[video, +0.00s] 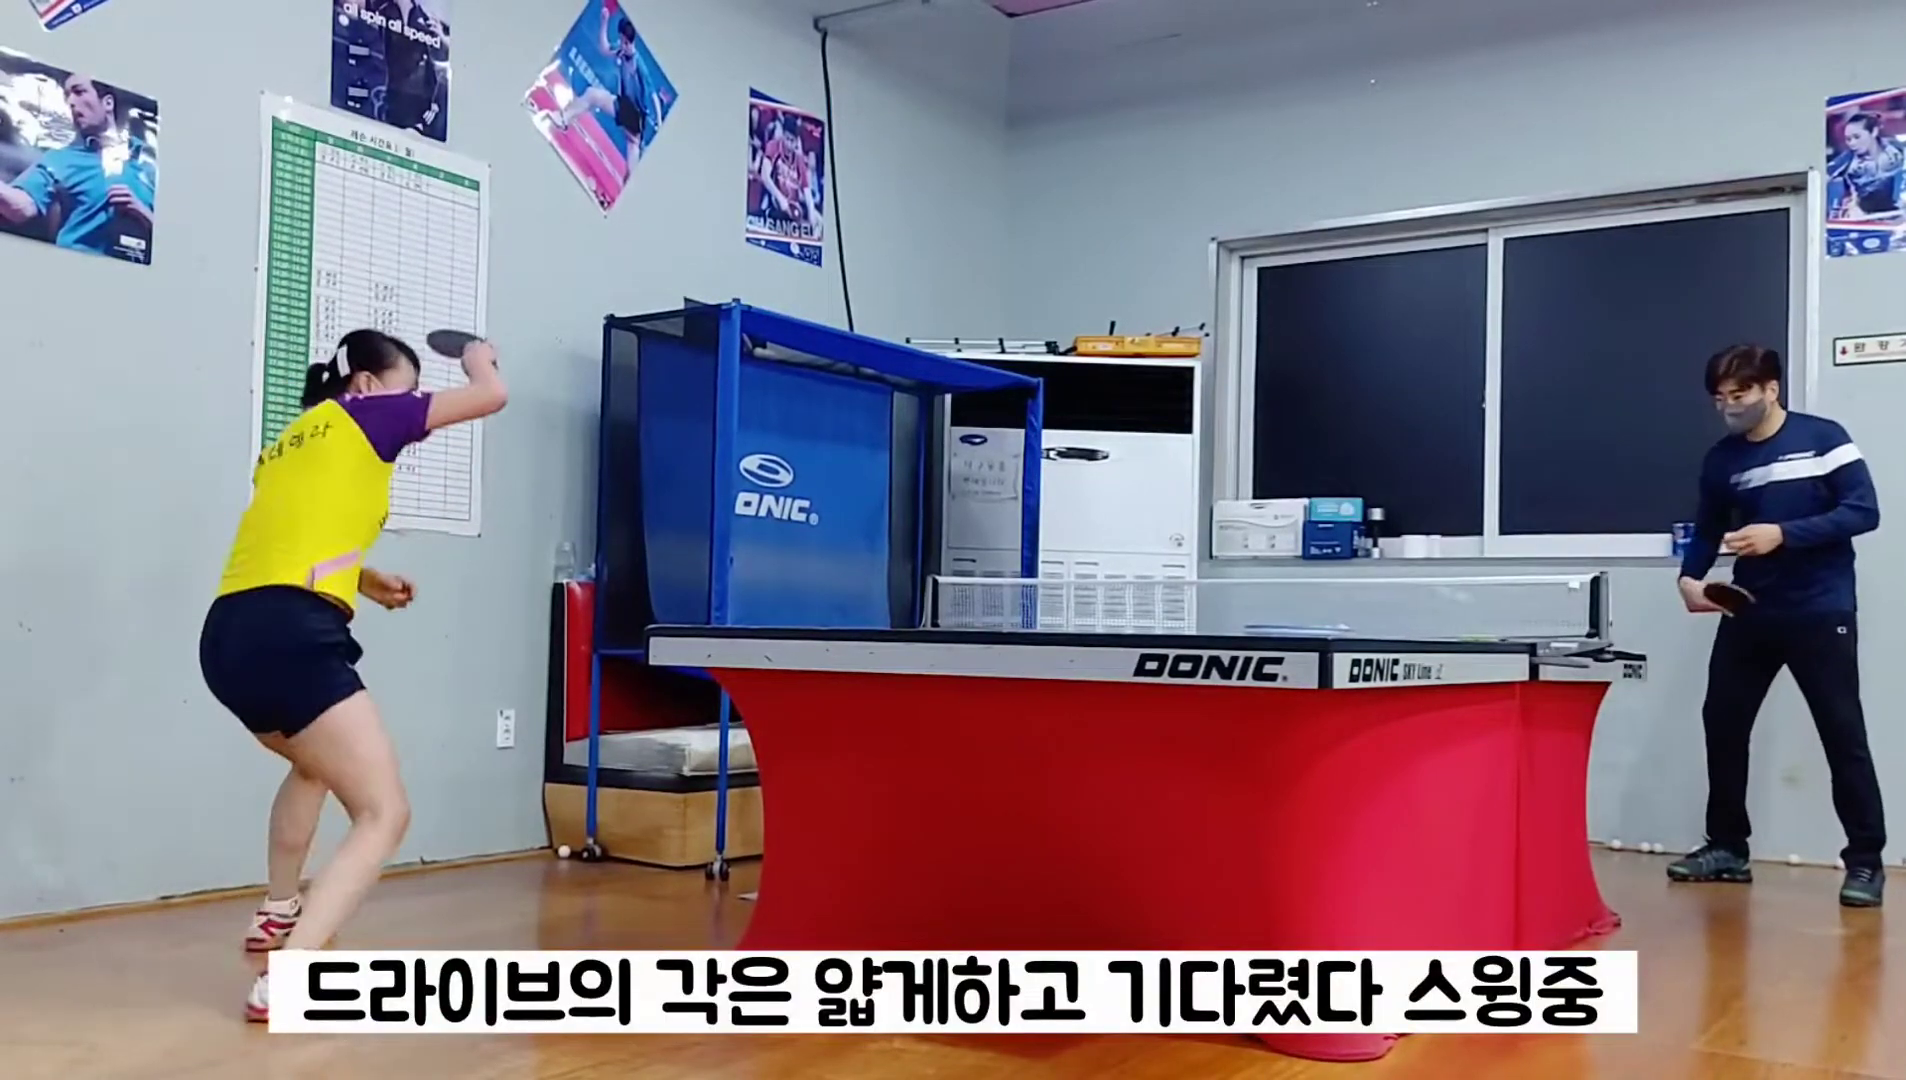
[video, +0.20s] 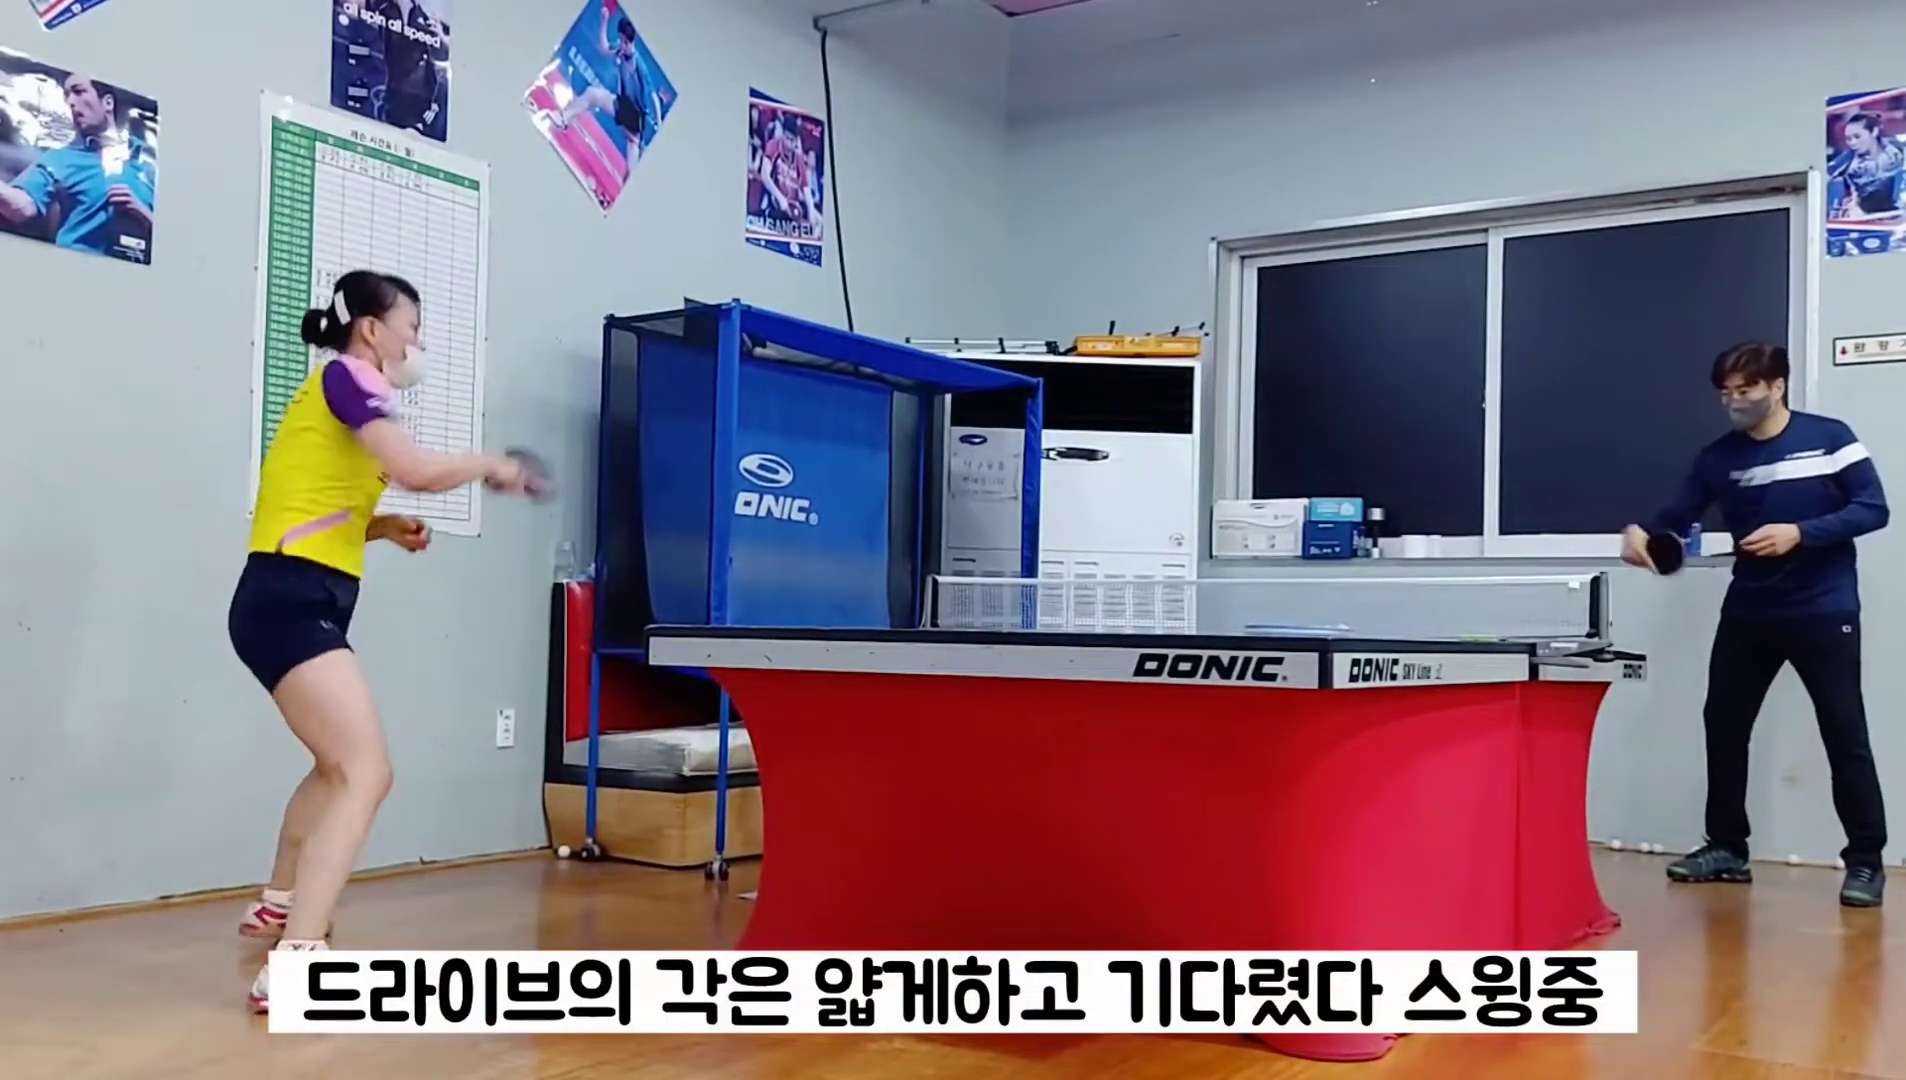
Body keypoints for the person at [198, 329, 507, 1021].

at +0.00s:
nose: (411, 402)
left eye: (413, 392)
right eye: (406, 390)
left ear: (349, 382)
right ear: (367, 380)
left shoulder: (293, 438)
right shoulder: (371, 414)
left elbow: (295, 530)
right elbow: (491, 398)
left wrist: (366, 577)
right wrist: (482, 365)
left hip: (225, 635)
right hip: (291, 629)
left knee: (311, 767)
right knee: (383, 814)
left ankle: (281, 910)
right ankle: (286, 981)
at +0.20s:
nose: (418, 343)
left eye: (418, 330)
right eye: (410, 328)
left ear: (364, 332)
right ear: (371, 328)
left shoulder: (337, 392)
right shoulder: (347, 377)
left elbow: (308, 508)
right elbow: (414, 470)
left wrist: (382, 525)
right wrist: (490, 464)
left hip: (285, 601)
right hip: (292, 602)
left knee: (337, 765)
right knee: (366, 774)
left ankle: (280, 899)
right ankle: (293, 965)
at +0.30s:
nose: (422, 338)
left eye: (422, 325)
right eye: (414, 324)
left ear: (378, 334)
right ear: (370, 330)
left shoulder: (378, 415)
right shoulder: (329, 391)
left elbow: (356, 517)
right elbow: (303, 508)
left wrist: (431, 550)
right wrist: (402, 536)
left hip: (335, 608)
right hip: (280, 603)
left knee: (362, 766)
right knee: (360, 763)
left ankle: (274, 893)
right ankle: (305, 949)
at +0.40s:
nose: (421, 378)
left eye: (422, 364)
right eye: (411, 363)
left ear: (373, 374)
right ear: (363, 373)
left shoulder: (415, 459)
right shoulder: (292, 450)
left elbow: (413, 538)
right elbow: (221, 550)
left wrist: (410, 560)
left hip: (355, 648)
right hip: (274, 636)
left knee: (370, 811)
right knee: (360, 771)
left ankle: (265, 898)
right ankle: (304, 957)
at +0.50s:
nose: (411, 414)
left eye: (413, 400)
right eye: (398, 399)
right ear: (349, 408)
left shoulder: (420, 480)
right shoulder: (281, 479)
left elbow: (431, 570)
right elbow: (189, 559)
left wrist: (404, 586)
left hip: (361, 664)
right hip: (277, 649)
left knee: (372, 834)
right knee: (360, 767)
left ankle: (267, 902)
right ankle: (304, 959)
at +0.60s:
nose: (414, 394)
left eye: (417, 381)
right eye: (401, 380)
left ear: (407, 390)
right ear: (350, 387)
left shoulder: (421, 466)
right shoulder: (282, 461)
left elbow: (426, 554)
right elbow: (189, 536)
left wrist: (408, 567)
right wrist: (84, 544)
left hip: (357, 651)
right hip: (277, 637)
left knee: (371, 813)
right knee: (364, 768)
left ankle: (269, 902)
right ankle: (306, 956)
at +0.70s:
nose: (433, 357)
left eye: (438, 344)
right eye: (422, 341)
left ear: (425, 351)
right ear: (371, 339)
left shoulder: (408, 426)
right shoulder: (313, 404)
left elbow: (379, 514)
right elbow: (231, 497)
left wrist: (405, 525)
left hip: (339, 616)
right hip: (277, 605)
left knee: (362, 764)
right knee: (354, 758)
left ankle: (285, 892)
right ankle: (301, 950)